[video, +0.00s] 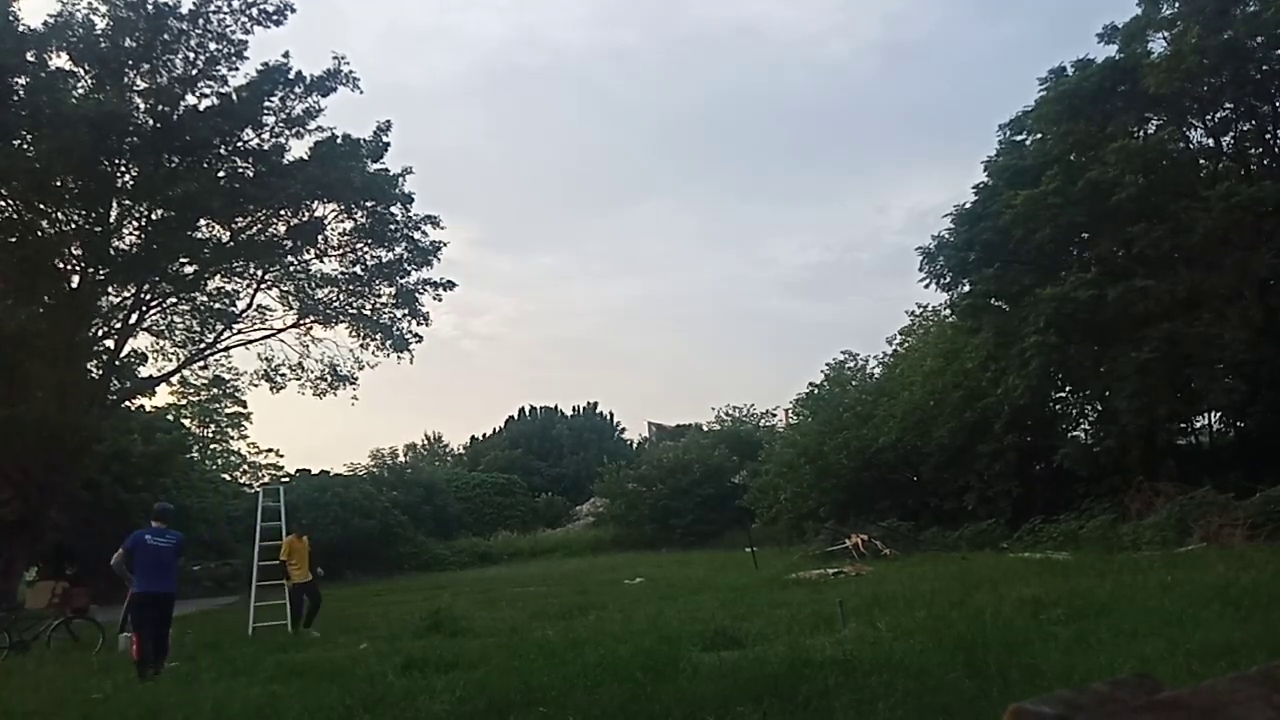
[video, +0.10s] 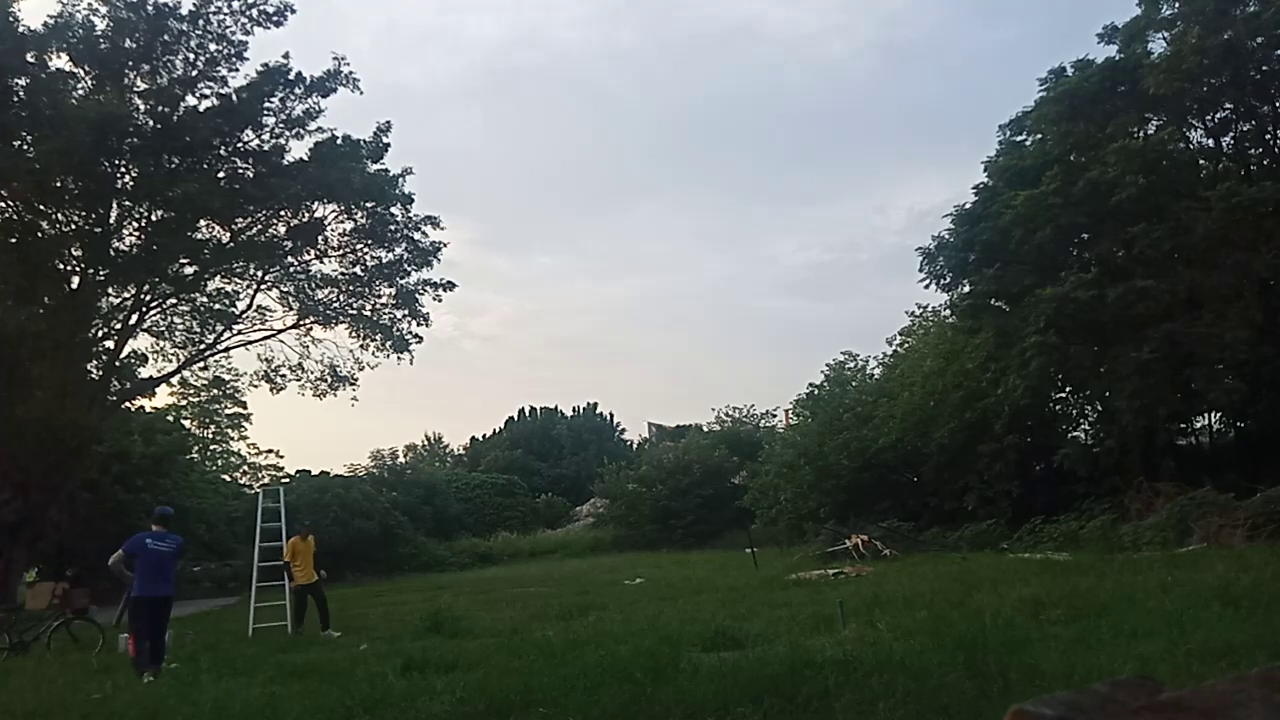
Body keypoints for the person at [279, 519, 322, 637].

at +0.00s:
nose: (301, 532)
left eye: (303, 529)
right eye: (299, 529)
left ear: (305, 530)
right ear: (294, 529)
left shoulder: (305, 540)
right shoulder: (288, 542)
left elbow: (308, 556)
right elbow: (282, 560)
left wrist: (314, 569)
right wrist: (287, 578)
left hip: (307, 578)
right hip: (294, 581)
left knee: (316, 600)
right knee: (296, 608)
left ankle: (307, 627)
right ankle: (295, 631)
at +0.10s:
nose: (307, 533)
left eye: (309, 530)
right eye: (305, 530)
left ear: (310, 531)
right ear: (300, 530)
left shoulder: (311, 539)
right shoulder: (292, 542)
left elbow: (313, 556)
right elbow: (287, 562)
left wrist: (318, 570)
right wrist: (291, 580)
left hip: (313, 579)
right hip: (299, 582)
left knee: (322, 602)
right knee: (300, 607)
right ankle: (297, 630)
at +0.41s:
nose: (315, 548)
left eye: (317, 545)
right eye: (312, 546)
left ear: (321, 541)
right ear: (309, 543)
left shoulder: (330, 543)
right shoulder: (306, 551)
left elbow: (336, 558)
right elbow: (301, 571)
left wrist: (337, 574)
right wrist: (301, 589)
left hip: (330, 581)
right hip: (315, 584)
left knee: (336, 607)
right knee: (314, 609)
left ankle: (340, 633)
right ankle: (303, 632)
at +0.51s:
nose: (317, 556)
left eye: (319, 553)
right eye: (315, 554)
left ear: (323, 547)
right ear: (311, 550)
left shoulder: (332, 547)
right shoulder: (309, 555)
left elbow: (342, 560)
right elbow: (306, 576)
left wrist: (342, 577)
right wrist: (304, 595)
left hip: (335, 581)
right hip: (319, 582)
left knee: (339, 608)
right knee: (315, 608)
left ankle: (340, 633)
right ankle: (311, 632)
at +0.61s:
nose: (319, 561)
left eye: (320, 558)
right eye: (316, 560)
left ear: (324, 551)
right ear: (312, 556)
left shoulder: (333, 552)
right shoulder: (310, 560)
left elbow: (344, 562)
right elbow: (308, 580)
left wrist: (342, 579)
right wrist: (306, 601)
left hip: (336, 580)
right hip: (321, 581)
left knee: (340, 606)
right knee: (317, 607)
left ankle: (340, 632)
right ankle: (318, 633)